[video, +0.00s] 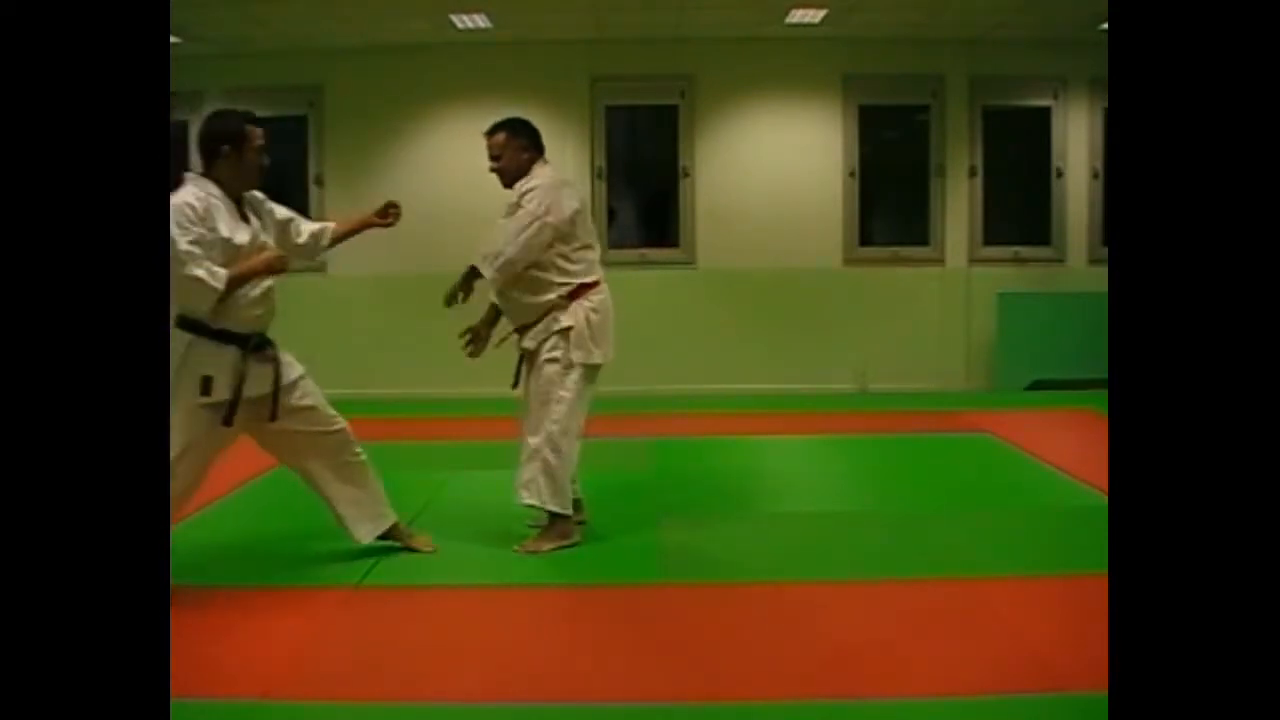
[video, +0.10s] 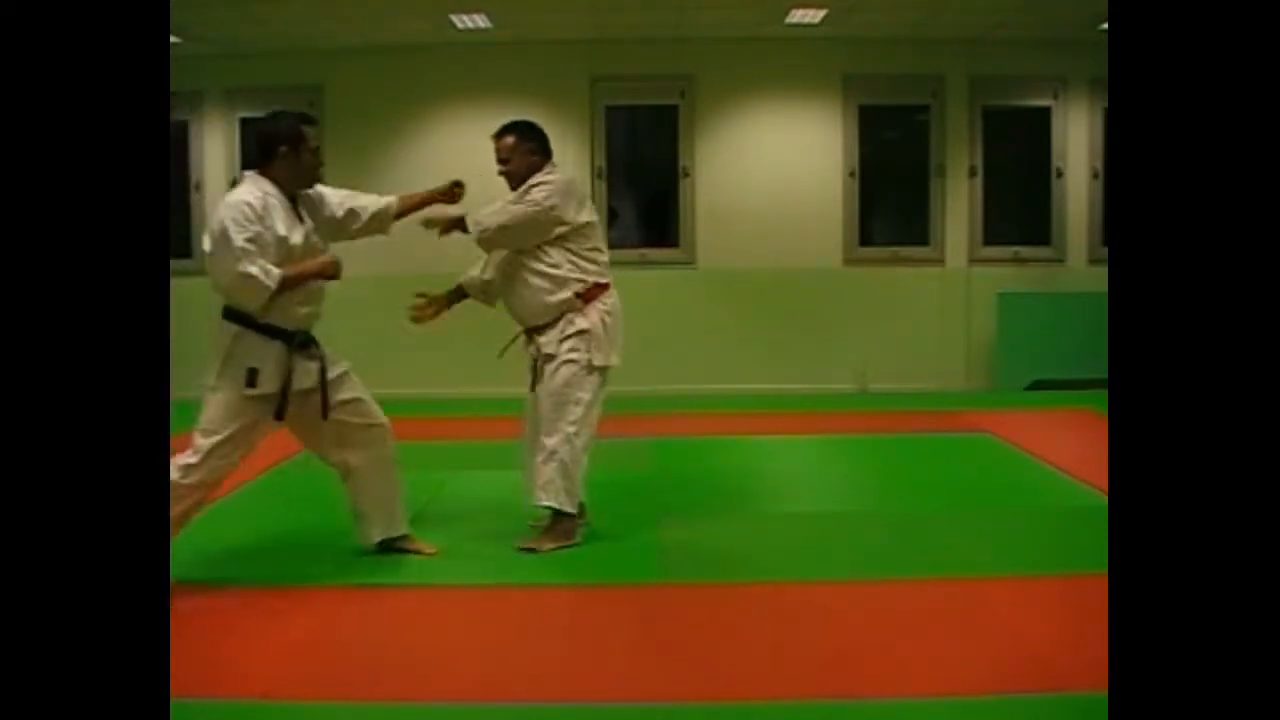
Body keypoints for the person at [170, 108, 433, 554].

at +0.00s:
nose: (264, 161)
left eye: (264, 152)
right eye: (257, 152)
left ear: (229, 155)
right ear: (226, 154)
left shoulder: (253, 206)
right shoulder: (187, 206)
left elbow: (307, 237)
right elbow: (194, 285)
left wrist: (369, 220)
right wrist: (253, 266)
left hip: (256, 355)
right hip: (200, 357)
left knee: (330, 436)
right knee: (178, 474)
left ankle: (384, 526)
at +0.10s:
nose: (318, 162)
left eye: (317, 152)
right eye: (311, 153)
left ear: (284, 155)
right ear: (283, 155)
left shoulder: (304, 201)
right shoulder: (243, 206)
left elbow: (365, 211)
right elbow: (246, 282)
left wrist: (431, 197)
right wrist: (311, 268)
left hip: (300, 351)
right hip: (254, 351)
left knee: (369, 431)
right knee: (206, 463)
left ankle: (387, 534)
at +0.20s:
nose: (352, 161)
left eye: (351, 151)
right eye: (345, 151)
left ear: (321, 153)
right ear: (317, 153)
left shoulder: (338, 197)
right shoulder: (271, 203)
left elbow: (400, 197)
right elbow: (266, 275)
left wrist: (467, 182)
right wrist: (337, 270)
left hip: (320, 347)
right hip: (273, 345)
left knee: (382, 428)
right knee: (237, 454)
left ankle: (396, 535)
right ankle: (170, 535)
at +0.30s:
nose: (380, 162)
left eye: (380, 153)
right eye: (373, 152)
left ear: (352, 152)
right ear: (345, 152)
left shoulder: (370, 197)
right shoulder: (294, 199)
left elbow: (434, 189)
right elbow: (281, 272)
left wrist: (500, 168)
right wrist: (349, 274)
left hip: (335, 344)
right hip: (287, 341)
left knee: (396, 428)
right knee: (271, 448)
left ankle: (399, 535)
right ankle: (202, 552)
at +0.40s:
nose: (389, 159)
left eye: (387, 150)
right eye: (382, 149)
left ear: (359, 150)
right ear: (355, 150)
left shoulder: (383, 197)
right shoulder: (300, 199)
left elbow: (447, 187)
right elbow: (281, 271)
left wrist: (510, 176)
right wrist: (348, 276)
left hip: (344, 345)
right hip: (296, 343)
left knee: (405, 428)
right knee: (284, 450)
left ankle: (402, 535)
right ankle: (214, 553)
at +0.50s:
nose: (393, 157)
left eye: (391, 147)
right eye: (384, 147)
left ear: (368, 151)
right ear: (356, 152)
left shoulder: (389, 202)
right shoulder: (303, 203)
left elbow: (457, 207)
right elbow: (280, 271)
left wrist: (527, 201)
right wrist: (342, 279)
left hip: (352, 345)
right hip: (301, 343)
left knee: (413, 430)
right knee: (275, 454)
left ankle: (404, 534)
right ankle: (215, 560)